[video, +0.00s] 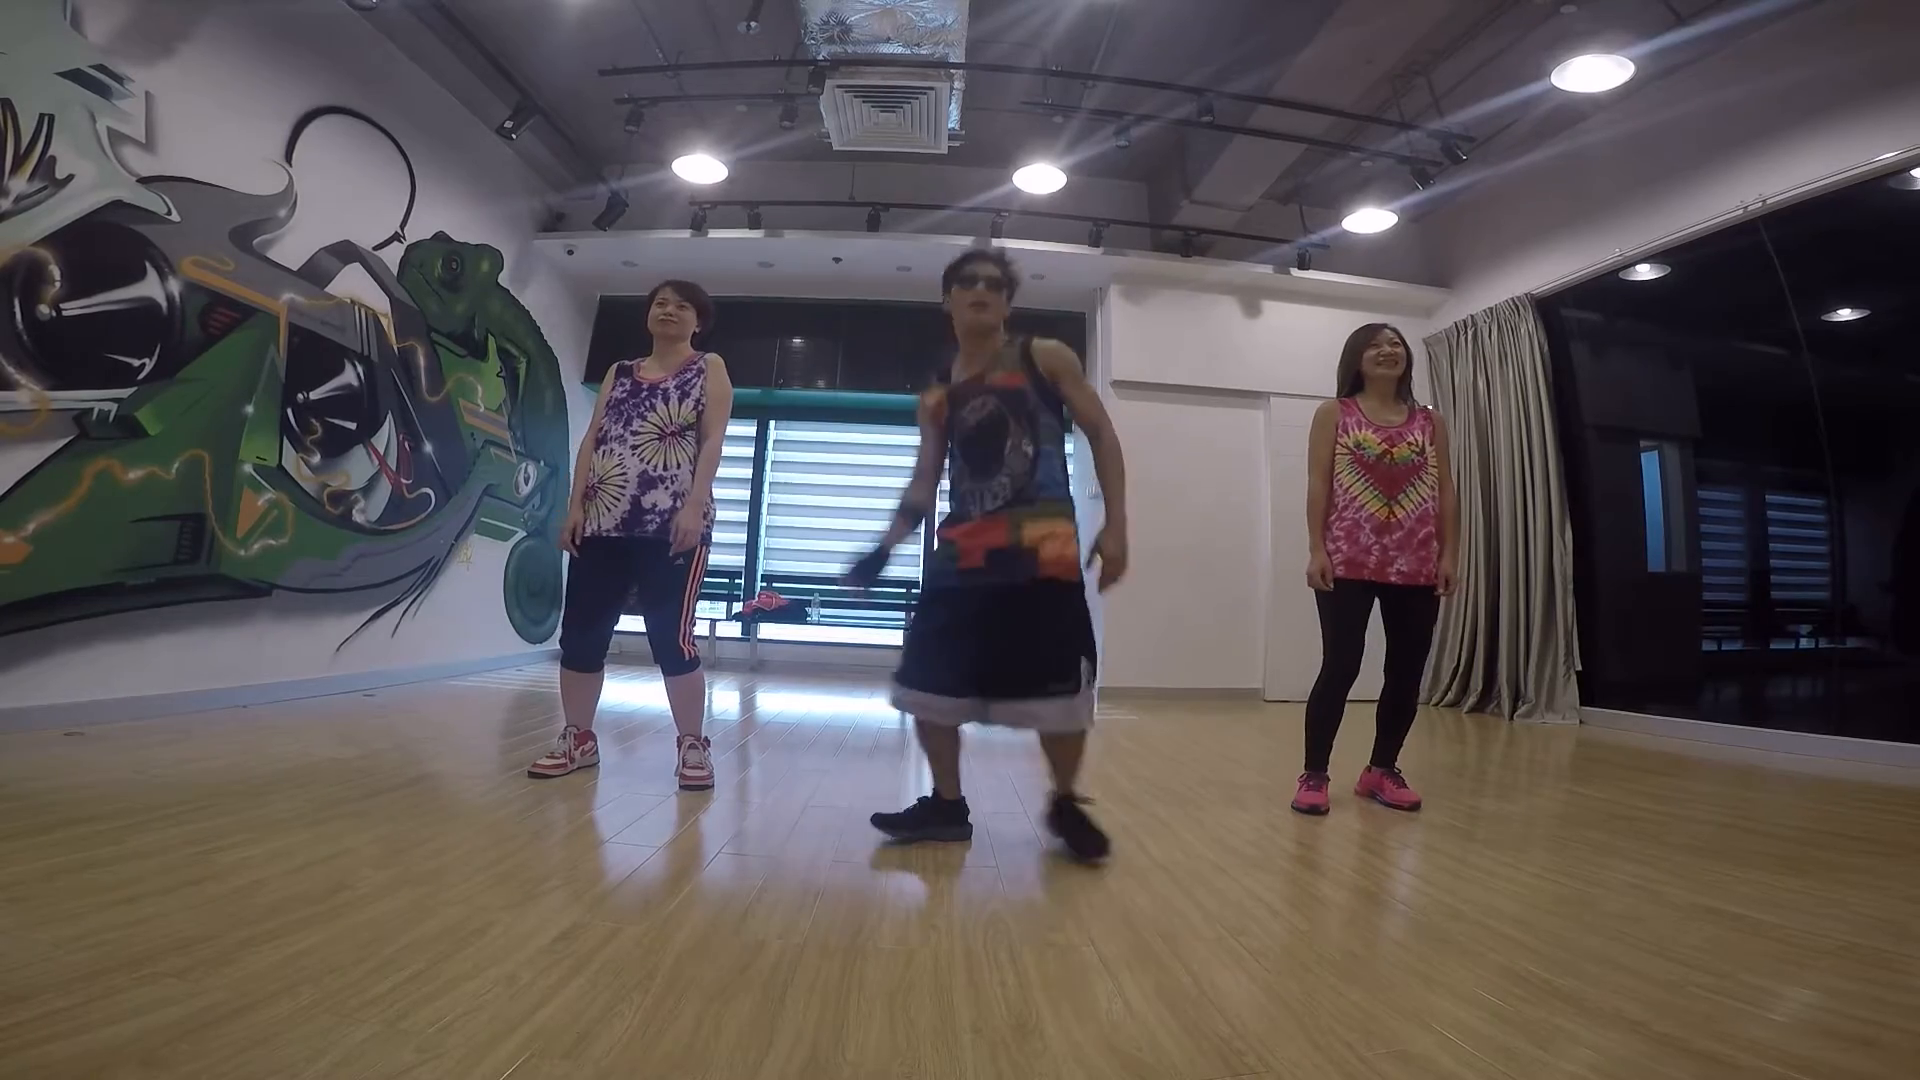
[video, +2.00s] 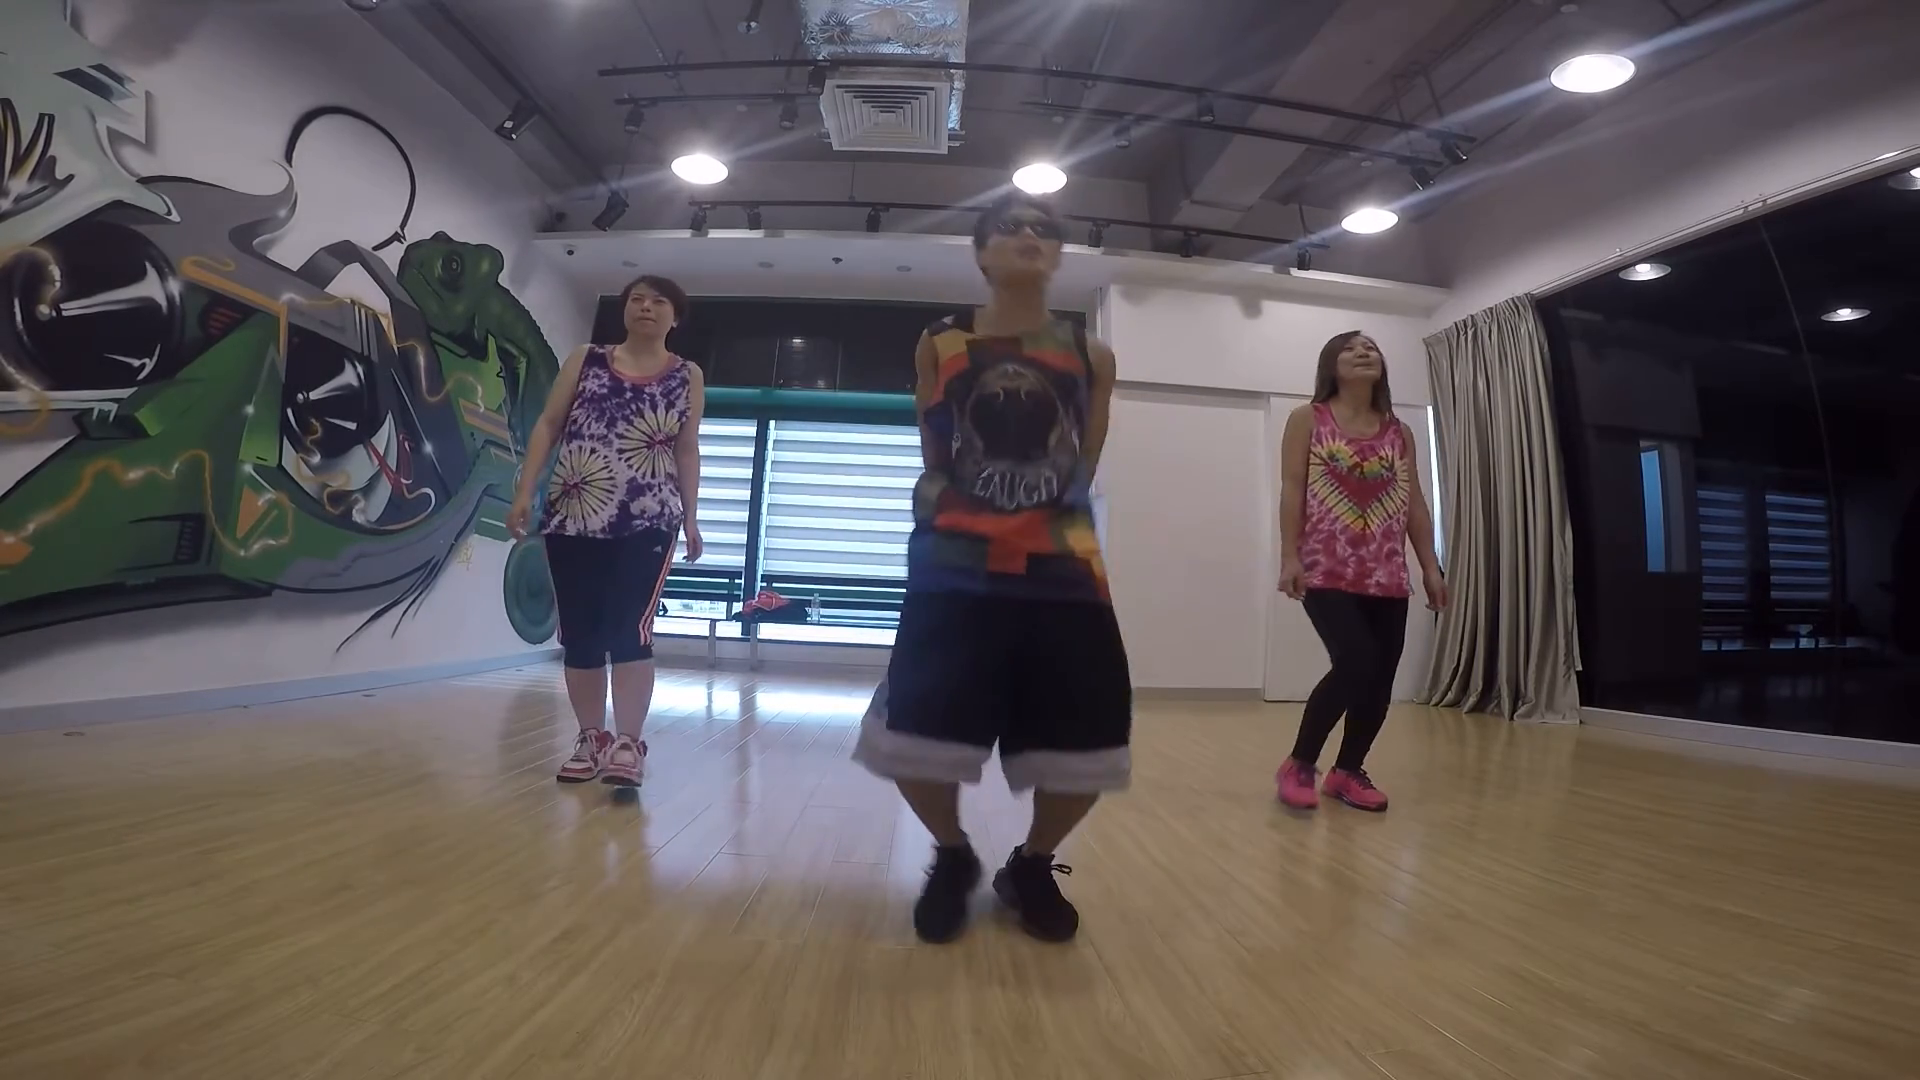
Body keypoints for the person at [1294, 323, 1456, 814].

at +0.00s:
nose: (1387, 350)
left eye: (1395, 343)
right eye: (1375, 345)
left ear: (1407, 359)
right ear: (1356, 361)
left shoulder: (1430, 421)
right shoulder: (1334, 413)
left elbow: (1445, 488)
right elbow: (1319, 483)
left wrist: (1448, 553)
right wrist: (1317, 549)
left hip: (1415, 565)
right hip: (1348, 562)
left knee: (1405, 674)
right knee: (1340, 669)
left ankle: (1381, 771)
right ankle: (1315, 775)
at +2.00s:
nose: (1364, 352)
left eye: (1372, 349)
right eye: (1351, 349)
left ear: (1382, 368)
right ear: (1331, 368)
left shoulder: (1398, 431)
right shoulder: (1309, 419)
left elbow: (1414, 504)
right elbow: (1293, 490)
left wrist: (1430, 568)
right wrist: (1290, 557)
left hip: (1386, 577)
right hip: (1325, 573)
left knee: (1379, 679)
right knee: (1354, 665)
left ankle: (1348, 772)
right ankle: (1299, 767)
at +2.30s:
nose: (1339, 349)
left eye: (1346, 343)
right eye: (1325, 345)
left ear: (1359, 361)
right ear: (1308, 366)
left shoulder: (1388, 418)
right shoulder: (1294, 421)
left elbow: (1410, 490)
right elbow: (1283, 494)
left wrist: (1422, 552)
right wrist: (1273, 560)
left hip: (1382, 564)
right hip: (1315, 564)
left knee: (1368, 672)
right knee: (1328, 666)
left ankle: (1349, 770)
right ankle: (1301, 766)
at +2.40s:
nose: (1331, 348)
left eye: (1339, 343)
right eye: (1318, 345)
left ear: (1353, 359)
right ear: (1302, 366)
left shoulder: (1383, 416)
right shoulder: (1288, 421)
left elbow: (1401, 488)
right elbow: (1281, 494)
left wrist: (1410, 553)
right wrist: (1277, 559)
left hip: (1377, 562)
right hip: (1311, 563)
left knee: (1364, 671)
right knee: (1320, 664)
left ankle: (1348, 769)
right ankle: (1300, 766)